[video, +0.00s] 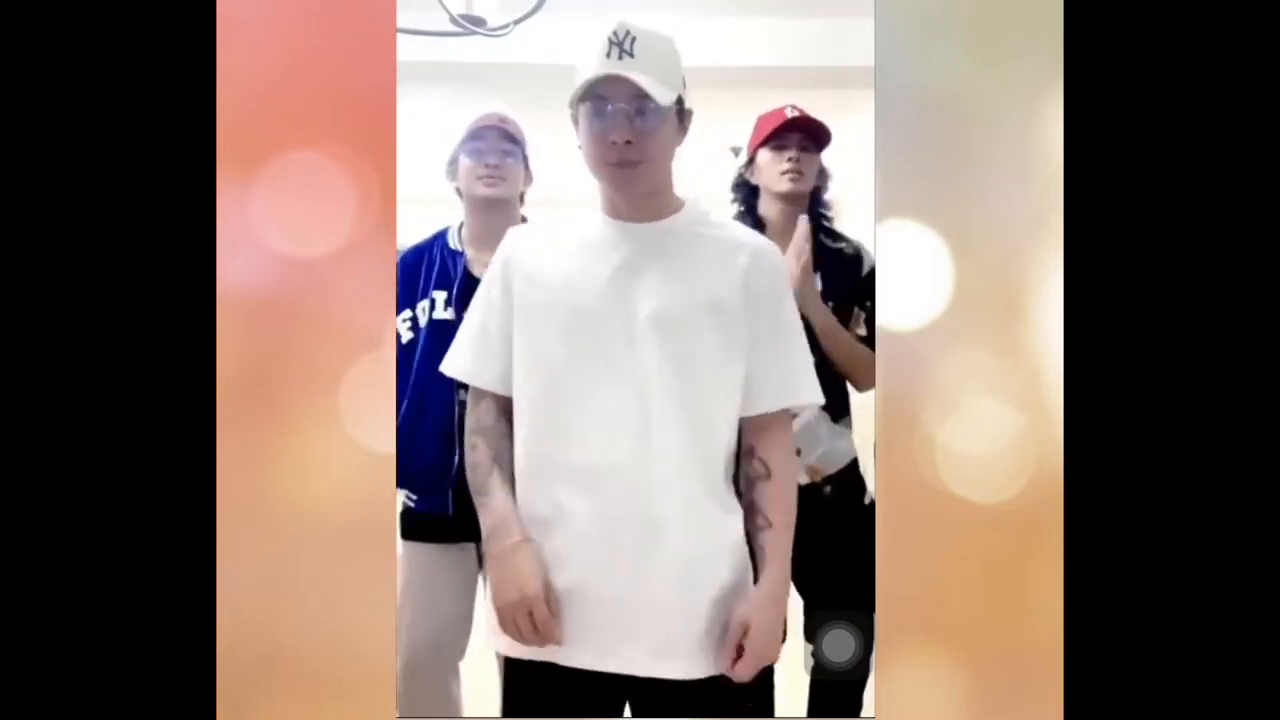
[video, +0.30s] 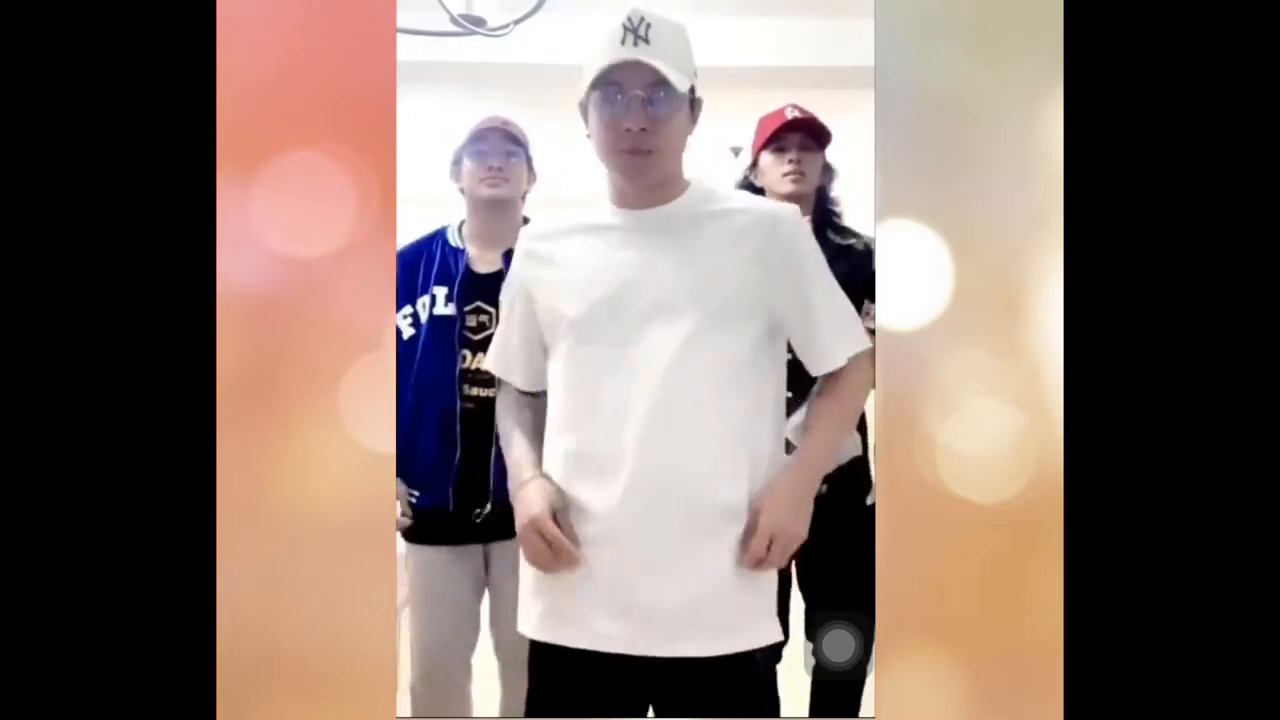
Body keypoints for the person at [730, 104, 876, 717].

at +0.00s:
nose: (795, 158)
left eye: (808, 150)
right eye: (780, 148)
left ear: (820, 170)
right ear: (750, 165)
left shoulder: (847, 258)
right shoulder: (722, 251)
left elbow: (865, 374)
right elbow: (712, 361)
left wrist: (809, 302)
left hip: (829, 472)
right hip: (740, 471)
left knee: (843, 648)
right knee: (743, 642)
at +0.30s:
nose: (795, 160)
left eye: (808, 150)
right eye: (781, 150)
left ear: (825, 167)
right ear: (754, 164)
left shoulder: (858, 254)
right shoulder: (727, 245)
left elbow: (889, 351)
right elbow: (705, 345)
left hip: (839, 466)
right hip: (748, 464)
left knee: (842, 645)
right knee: (748, 639)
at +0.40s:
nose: (798, 162)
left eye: (811, 151)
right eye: (783, 151)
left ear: (827, 166)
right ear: (757, 167)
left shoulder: (862, 256)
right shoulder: (731, 252)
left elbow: (885, 364)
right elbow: (715, 364)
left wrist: (849, 449)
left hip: (848, 469)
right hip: (751, 467)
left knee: (846, 642)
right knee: (751, 630)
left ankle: (835, 719)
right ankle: (763, 716)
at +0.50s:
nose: (800, 156)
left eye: (813, 146)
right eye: (785, 145)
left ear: (829, 161)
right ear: (759, 162)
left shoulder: (866, 248)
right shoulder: (733, 249)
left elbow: (894, 351)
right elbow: (711, 351)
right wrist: (770, 277)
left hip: (850, 460)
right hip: (755, 459)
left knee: (843, 643)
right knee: (758, 633)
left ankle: (834, 716)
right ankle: (770, 712)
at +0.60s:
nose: (806, 149)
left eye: (818, 137)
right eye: (789, 138)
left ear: (832, 150)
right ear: (763, 154)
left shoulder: (859, 235)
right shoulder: (741, 237)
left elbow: (899, 322)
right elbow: (726, 336)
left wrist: (874, 242)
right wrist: (760, 236)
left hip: (850, 452)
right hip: (761, 449)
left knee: (841, 625)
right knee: (762, 619)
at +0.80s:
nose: (814, 151)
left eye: (826, 140)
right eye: (798, 139)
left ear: (839, 156)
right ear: (768, 152)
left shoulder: (869, 244)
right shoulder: (742, 246)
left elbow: (894, 340)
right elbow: (722, 351)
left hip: (846, 473)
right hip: (754, 466)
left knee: (840, 633)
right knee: (748, 622)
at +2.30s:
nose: (820, 182)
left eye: (837, 169)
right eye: (811, 169)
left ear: (868, 180)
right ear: (801, 178)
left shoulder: (895, 261)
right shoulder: (781, 258)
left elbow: (905, 361)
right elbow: (764, 359)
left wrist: (869, 439)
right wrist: (799, 443)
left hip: (867, 477)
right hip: (786, 473)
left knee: (859, 641)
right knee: (774, 635)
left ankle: (854, 712)